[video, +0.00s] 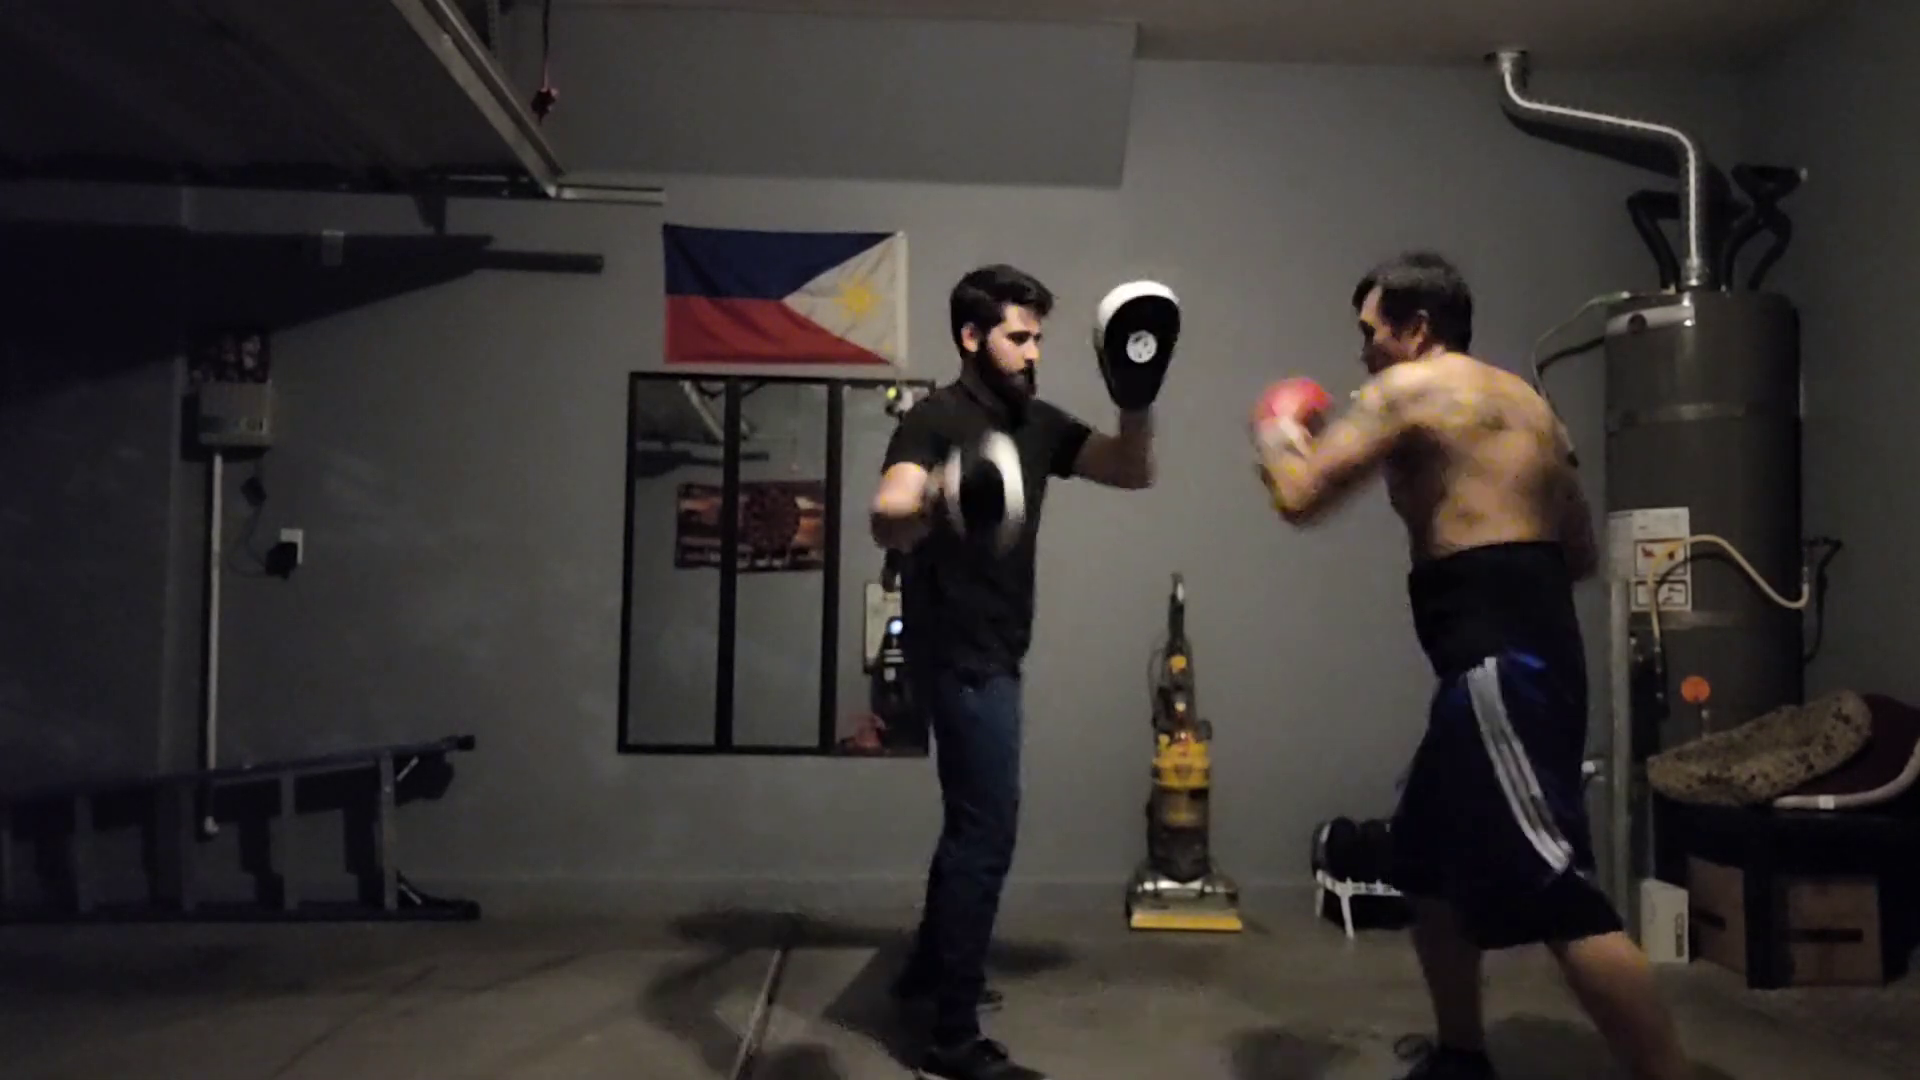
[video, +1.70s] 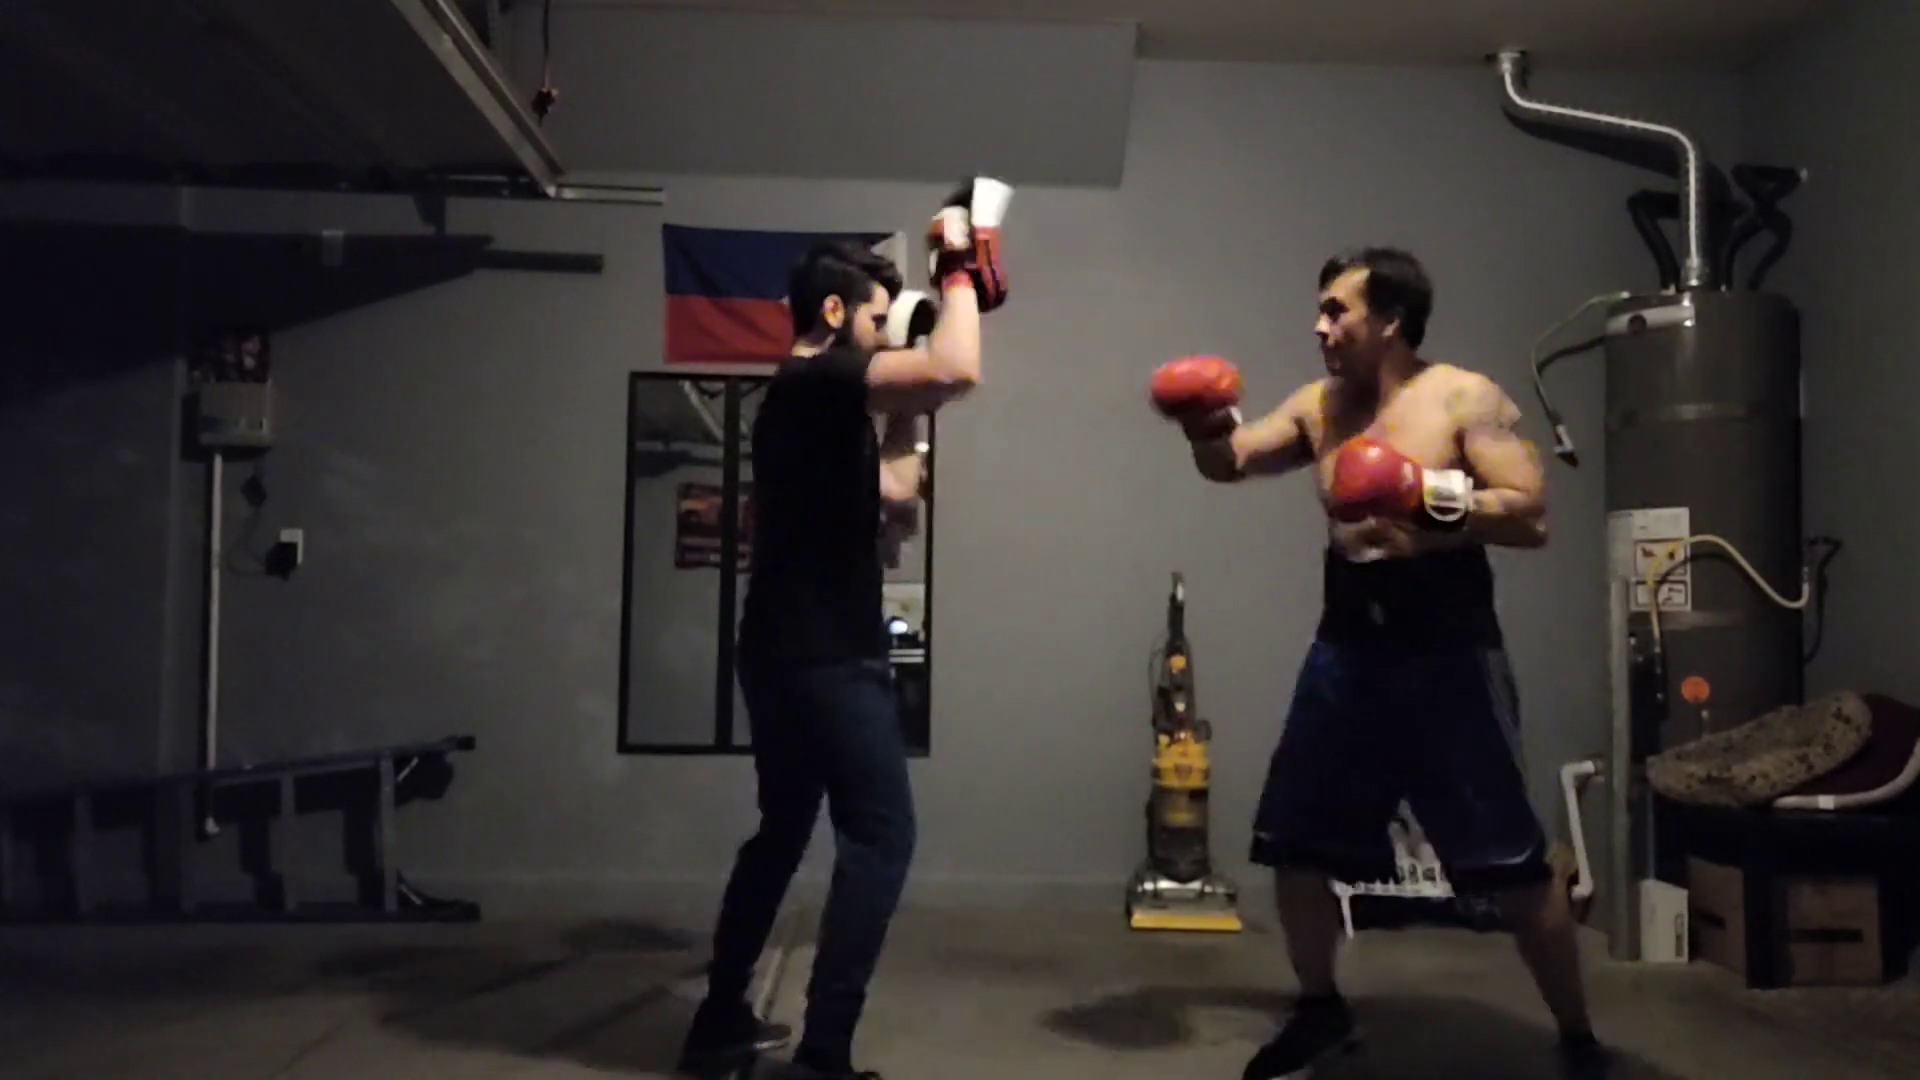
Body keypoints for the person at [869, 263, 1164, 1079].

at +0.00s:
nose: (1033, 353)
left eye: (1038, 338)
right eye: (1019, 338)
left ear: (1034, 340)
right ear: (973, 338)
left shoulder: (1035, 420)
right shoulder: (937, 417)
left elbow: (1131, 470)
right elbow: (888, 509)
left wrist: (1135, 395)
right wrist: (938, 492)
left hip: (997, 657)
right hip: (955, 657)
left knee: (979, 828)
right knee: (984, 837)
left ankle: (930, 978)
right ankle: (952, 1033)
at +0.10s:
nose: (1037, 346)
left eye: (1038, 332)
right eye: (1026, 331)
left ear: (992, 332)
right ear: (980, 329)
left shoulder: (993, 410)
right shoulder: (958, 401)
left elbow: (1065, 488)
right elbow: (947, 499)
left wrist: (1091, 417)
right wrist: (1034, 530)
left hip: (961, 660)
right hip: (951, 664)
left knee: (948, 824)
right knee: (978, 835)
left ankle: (936, 971)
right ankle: (952, 1033)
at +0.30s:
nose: (1013, 347)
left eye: (1014, 333)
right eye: (1003, 331)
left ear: (951, 332)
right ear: (956, 327)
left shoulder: (917, 398)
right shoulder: (957, 400)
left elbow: (965, 477)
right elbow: (1011, 478)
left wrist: (1013, 422)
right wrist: (1119, 480)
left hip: (894, 647)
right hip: (929, 656)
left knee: (893, 807)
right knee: (964, 833)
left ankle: (800, 984)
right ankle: (954, 1034)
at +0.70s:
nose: (977, 339)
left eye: (977, 325)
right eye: (966, 324)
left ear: (917, 329)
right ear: (917, 323)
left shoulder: (910, 407)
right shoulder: (913, 393)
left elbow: (978, 515)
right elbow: (957, 464)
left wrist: (997, 427)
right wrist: (1069, 435)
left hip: (856, 658)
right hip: (892, 664)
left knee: (826, 828)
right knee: (919, 849)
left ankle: (776, 1002)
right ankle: (909, 1048)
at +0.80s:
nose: (972, 338)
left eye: (975, 323)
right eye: (959, 321)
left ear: (946, 327)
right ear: (909, 319)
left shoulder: (945, 414)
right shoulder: (873, 397)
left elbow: (1029, 498)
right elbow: (897, 471)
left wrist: (1046, 410)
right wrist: (991, 403)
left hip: (896, 660)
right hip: (874, 660)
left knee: (818, 824)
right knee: (923, 845)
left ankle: (730, 987)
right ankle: (908, 1052)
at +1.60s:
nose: (889, 329)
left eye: (890, 315)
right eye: (879, 312)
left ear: (833, 312)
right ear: (833, 309)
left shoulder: (818, 392)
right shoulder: (825, 374)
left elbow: (928, 472)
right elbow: (952, 372)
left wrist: (936, 368)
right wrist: (995, 290)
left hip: (783, 646)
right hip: (829, 651)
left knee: (777, 822)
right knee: (879, 837)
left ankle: (717, 1022)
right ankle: (840, 1045)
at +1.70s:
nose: (890, 320)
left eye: (889, 307)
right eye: (880, 304)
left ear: (824, 310)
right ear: (836, 308)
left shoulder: (787, 395)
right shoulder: (832, 377)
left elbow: (899, 486)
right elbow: (955, 363)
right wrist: (956, 266)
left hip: (776, 647)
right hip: (833, 651)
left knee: (782, 830)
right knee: (882, 837)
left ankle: (720, 1019)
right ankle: (827, 1049)